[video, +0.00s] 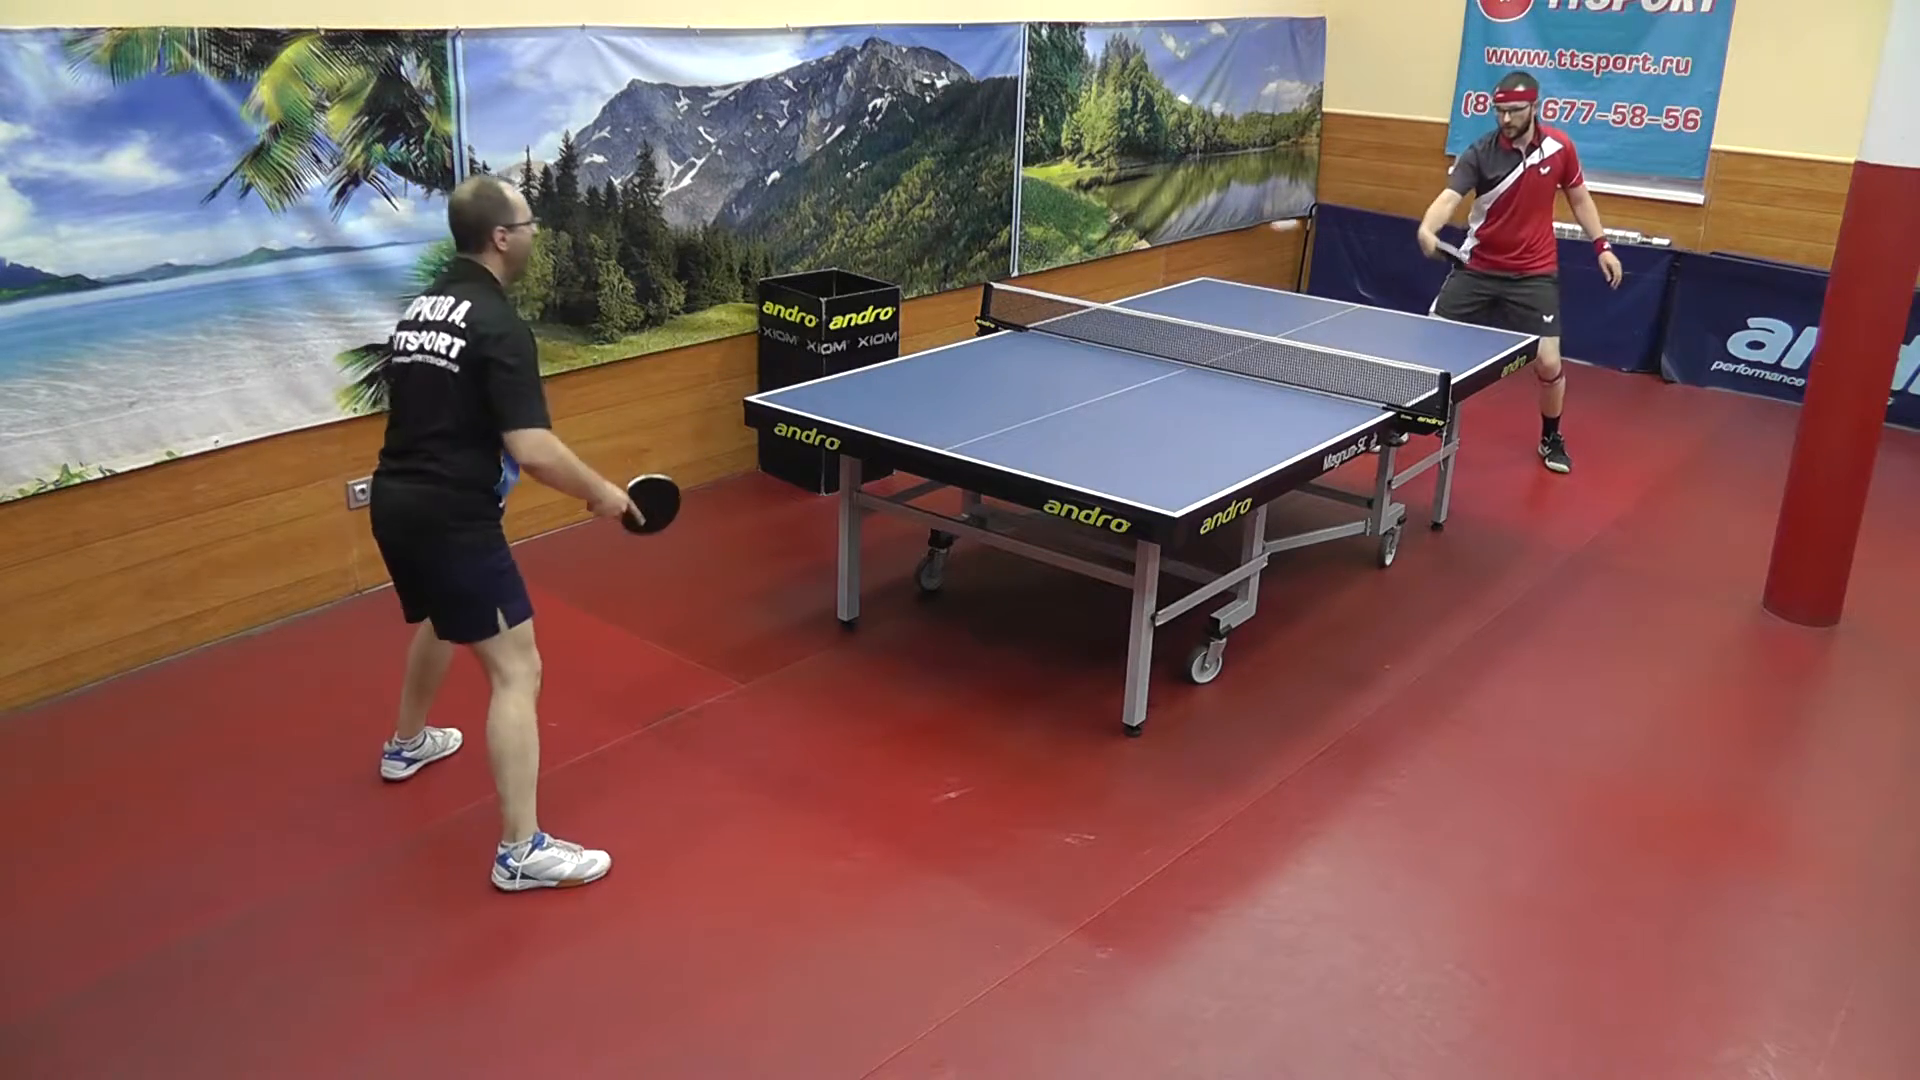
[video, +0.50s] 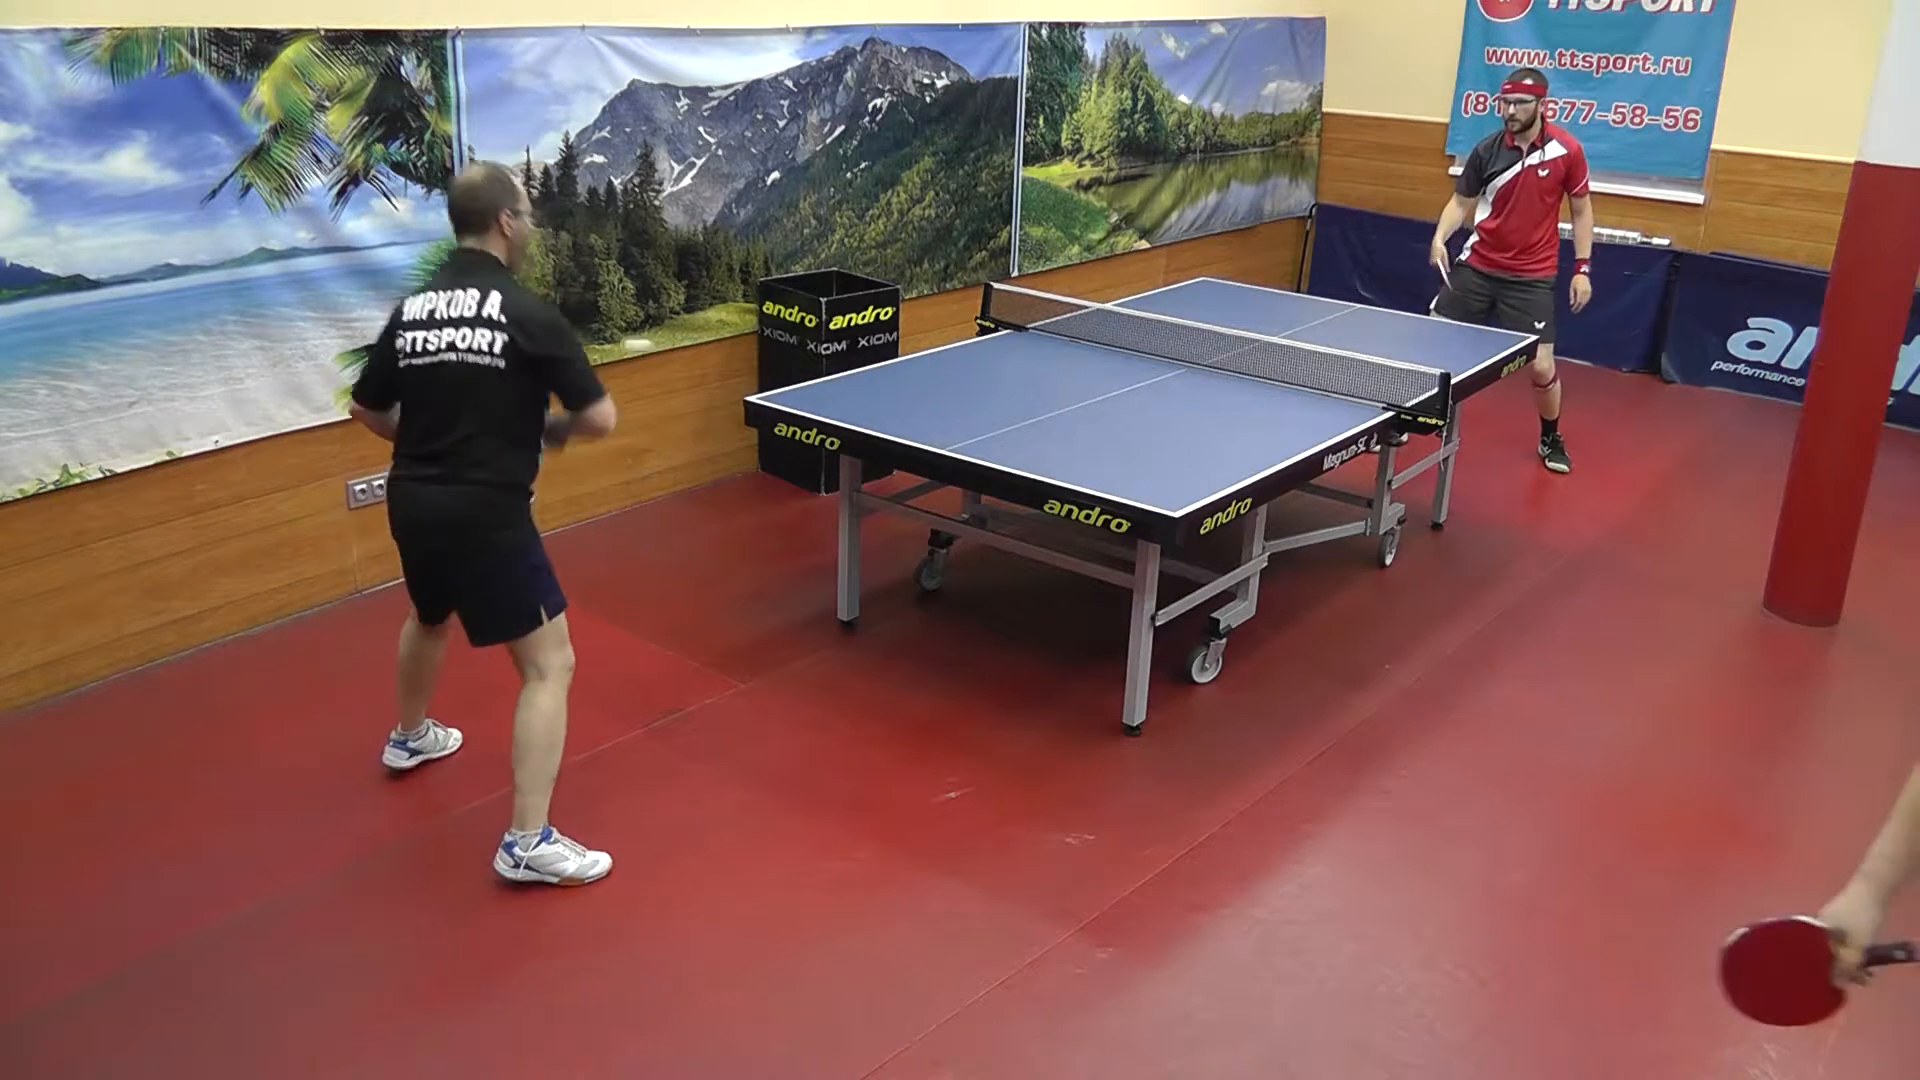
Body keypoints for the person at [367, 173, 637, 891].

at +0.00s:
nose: (534, 234)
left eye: (530, 223)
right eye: (527, 225)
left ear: (470, 238)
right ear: (501, 237)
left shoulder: (421, 309)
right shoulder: (499, 322)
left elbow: (414, 415)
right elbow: (530, 446)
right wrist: (599, 490)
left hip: (395, 503)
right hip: (453, 513)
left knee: (440, 616)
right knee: (516, 670)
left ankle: (407, 739)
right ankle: (522, 847)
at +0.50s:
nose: (531, 224)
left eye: (526, 211)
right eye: (526, 214)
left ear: (460, 225)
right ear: (506, 222)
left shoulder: (415, 307)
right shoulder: (529, 315)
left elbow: (370, 406)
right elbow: (599, 418)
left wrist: (429, 435)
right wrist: (549, 427)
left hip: (414, 505)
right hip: (490, 513)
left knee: (428, 618)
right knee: (548, 666)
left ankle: (408, 735)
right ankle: (527, 837)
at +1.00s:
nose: (450, 200)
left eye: (443, 187)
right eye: (441, 191)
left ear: (390, 213)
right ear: (417, 208)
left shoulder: (368, 299)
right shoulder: (439, 287)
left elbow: (360, 395)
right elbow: (535, 321)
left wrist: (440, 382)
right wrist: (630, 252)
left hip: (389, 493)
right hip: (450, 492)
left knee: (418, 623)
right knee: (501, 661)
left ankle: (400, 747)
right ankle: (504, 843)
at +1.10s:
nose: (464, 212)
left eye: (458, 200)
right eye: (455, 203)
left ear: (402, 222)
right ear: (428, 219)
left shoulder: (379, 300)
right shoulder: (443, 299)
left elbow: (361, 402)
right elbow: (533, 357)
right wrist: (642, 315)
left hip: (382, 502)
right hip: (438, 508)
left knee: (417, 625)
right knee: (489, 675)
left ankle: (399, 747)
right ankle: (480, 859)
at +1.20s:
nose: (481, 220)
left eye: (476, 210)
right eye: (473, 212)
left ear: (417, 233)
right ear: (446, 229)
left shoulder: (376, 313)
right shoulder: (460, 315)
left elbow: (368, 414)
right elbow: (535, 398)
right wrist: (641, 396)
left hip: (366, 512)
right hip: (427, 524)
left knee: (407, 619)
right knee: (480, 689)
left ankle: (386, 735)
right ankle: (476, 868)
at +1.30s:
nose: (497, 247)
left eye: (493, 235)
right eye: (490, 237)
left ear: (431, 250)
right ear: (462, 248)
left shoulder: (390, 317)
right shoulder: (456, 339)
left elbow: (395, 414)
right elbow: (514, 455)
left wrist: (468, 457)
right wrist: (593, 481)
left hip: (356, 525)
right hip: (409, 539)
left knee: (396, 628)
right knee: (491, 689)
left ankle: (341, 740)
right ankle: (476, 870)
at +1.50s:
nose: (447, 240)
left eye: (443, 228)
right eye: (443, 230)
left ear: (376, 238)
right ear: (428, 240)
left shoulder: (328, 319)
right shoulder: (444, 340)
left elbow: (286, 419)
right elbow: (479, 466)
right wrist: (444, 477)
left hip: (331, 523)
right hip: (406, 532)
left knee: (357, 631)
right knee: (474, 680)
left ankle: (328, 752)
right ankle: (478, 859)